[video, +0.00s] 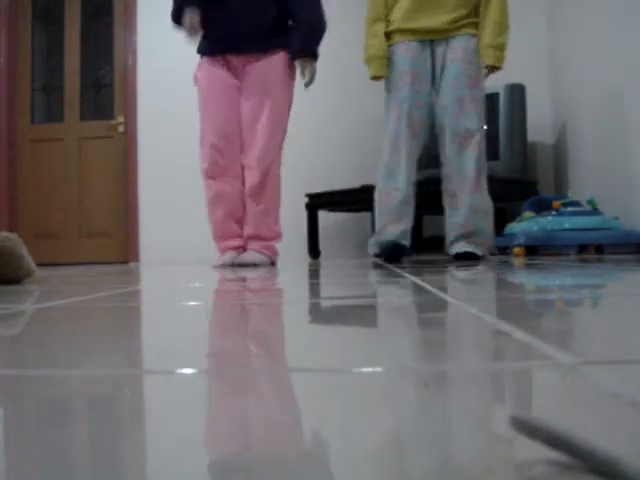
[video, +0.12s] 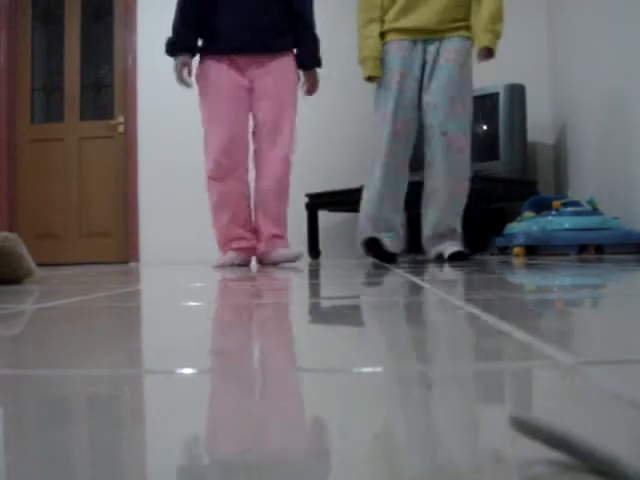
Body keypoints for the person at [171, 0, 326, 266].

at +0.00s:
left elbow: (307, 4)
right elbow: (180, 8)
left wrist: (306, 46)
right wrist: (186, 10)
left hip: (270, 55)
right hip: (216, 56)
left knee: (261, 156)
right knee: (218, 155)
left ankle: (260, 246)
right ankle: (229, 246)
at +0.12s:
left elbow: (301, 6)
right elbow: (189, 2)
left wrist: (308, 59)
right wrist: (183, 47)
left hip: (276, 58)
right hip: (219, 59)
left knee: (275, 157)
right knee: (223, 158)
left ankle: (272, 245)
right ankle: (235, 246)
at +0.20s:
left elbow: (303, 5)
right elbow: (188, 4)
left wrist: (314, 56)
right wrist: (178, 54)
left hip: (277, 59)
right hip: (223, 59)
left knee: (286, 153)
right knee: (232, 154)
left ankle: (273, 245)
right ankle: (238, 247)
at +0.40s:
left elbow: (308, 1)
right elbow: (188, 5)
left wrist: (322, 36)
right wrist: (173, 55)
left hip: (278, 57)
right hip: (226, 56)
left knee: (285, 153)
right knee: (238, 155)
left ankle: (274, 246)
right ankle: (240, 248)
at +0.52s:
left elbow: (310, 0)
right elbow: (190, 2)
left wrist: (317, 36)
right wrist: (185, 46)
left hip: (276, 55)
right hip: (223, 54)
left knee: (284, 152)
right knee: (233, 154)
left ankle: (273, 246)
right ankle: (238, 248)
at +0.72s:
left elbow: (306, 4)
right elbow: (190, 3)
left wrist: (310, 51)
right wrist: (196, 15)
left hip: (269, 59)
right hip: (215, 61)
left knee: (265, 155)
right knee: (220, 156)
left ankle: (266, 246)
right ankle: (234, 245)